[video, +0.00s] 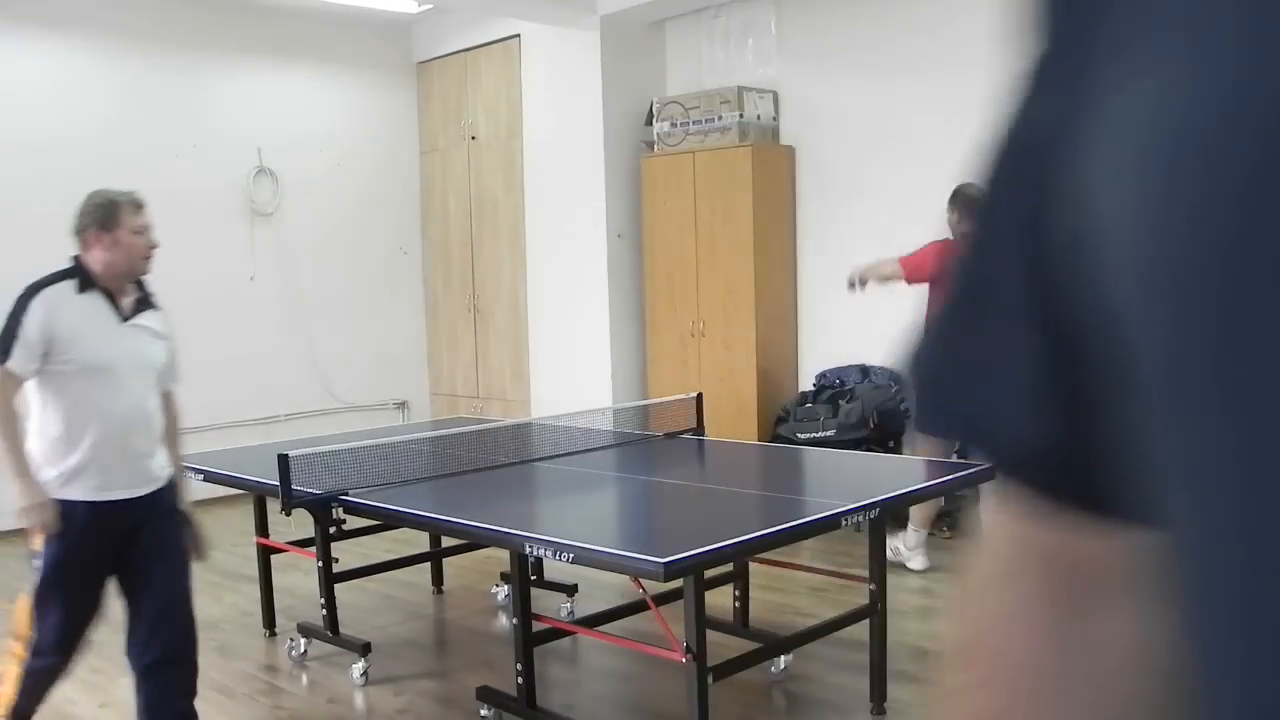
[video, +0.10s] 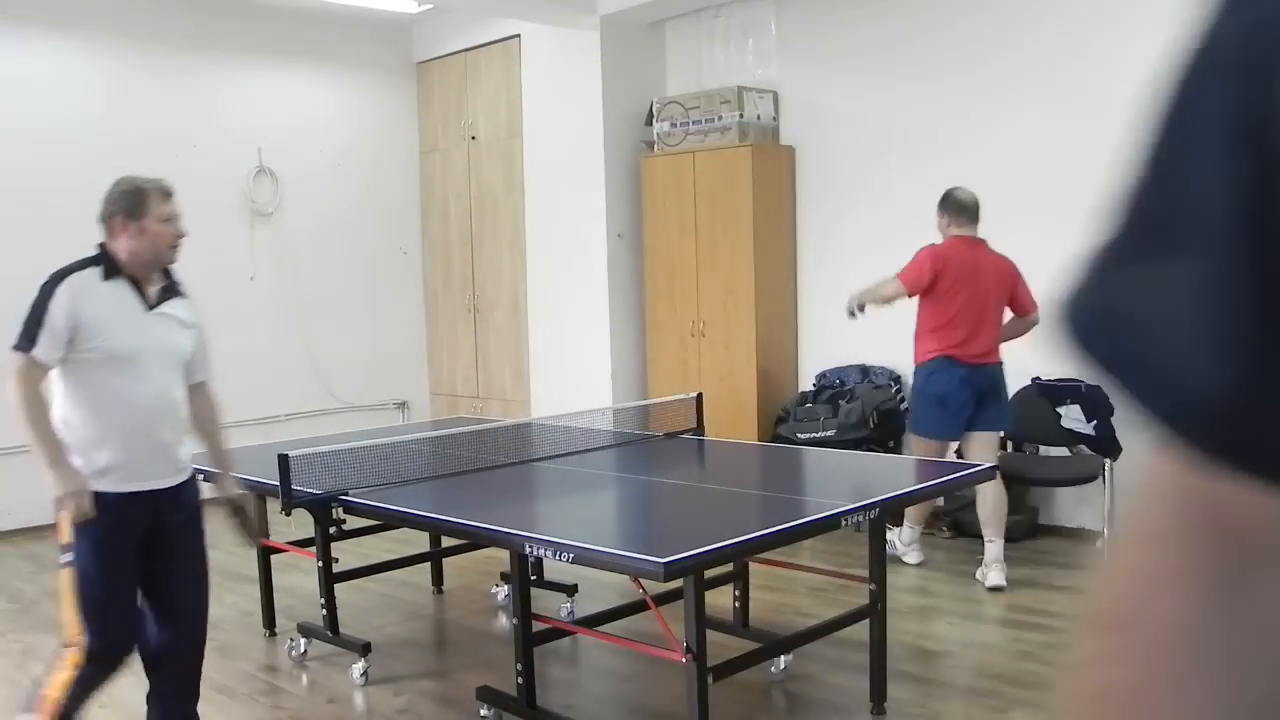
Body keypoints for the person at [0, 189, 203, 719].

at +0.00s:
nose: (153, 244)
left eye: (151, 233)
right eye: (140, 233)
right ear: (96, 240)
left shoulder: (152, 314)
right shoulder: (44, 303)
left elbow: (167, 409)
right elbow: (3, 394)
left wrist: (178, 498)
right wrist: (29, 491)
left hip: (153, 505)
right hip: (77, 511)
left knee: (169, 653)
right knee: (52, 647)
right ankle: (17, 710)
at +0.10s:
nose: (181, 233)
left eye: (179, 221)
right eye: (168, 222)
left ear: (136, 228)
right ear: (123, 228)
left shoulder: (179, 302)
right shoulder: (70, 289)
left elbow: (199, 392)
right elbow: (24, 378)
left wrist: (226, 477)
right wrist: (63, 476)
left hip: (175, 496)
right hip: (99, 501)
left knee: (181, 647)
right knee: (102, 644)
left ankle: (174, 715)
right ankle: (51, 710)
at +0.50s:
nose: (290, 228)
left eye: (287, 216)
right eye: (276, 218)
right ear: (228, 229)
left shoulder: (286, 303)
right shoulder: (173, 302)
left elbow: (318, 390)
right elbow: (114, 404)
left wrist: (361, 452)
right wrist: (100, 514)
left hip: (280, 508)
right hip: (210, 510)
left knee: (235, 645)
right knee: (274, 658)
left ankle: (193, 712)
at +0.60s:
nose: (318, 220)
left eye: (314, 208)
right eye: (304, 209)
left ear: (267, 220)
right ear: (256, 218)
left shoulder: (314, 296)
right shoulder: (200, 300)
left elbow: (336, 386)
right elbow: (145, 410)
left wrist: (374, 457)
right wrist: (120, 518)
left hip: (319, 507)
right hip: (246, 511)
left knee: (302, 661)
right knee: (308, 681)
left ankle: (215, 715)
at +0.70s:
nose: (346, 211)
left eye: (343, 198)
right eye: (332, 199)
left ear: (295, 210)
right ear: (282, 209)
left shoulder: (336, 283)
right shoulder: (229, 289)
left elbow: (357, 377)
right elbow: (180, 406)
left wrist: (389, 448)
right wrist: (161, 523)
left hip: (350, 506)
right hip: (274, 515)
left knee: (382, 643)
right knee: (317, 693)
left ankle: (283, 710)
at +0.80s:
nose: (377, 203)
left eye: (373, 190)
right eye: (363, 191)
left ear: (323, 199)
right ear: (313, 199)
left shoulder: (366, 278)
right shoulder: (258, 280)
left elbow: (383, 374)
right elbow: (216, 401)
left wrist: (415, 442)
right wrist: (227, 521)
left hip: (384, 503)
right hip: (302, 515)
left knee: (430, 642)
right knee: (320, 687)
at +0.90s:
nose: (410, 201)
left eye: (406, 188)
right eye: (395, 188)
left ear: (358, 199)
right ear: (347, 197)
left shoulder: (397, 277)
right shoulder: (289, 278)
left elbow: (409, 380)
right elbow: (255, 400)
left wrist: (448, 444)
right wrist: (312, 511)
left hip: (416, 519)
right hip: (334, 527)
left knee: (466, 680)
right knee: (336, 699)